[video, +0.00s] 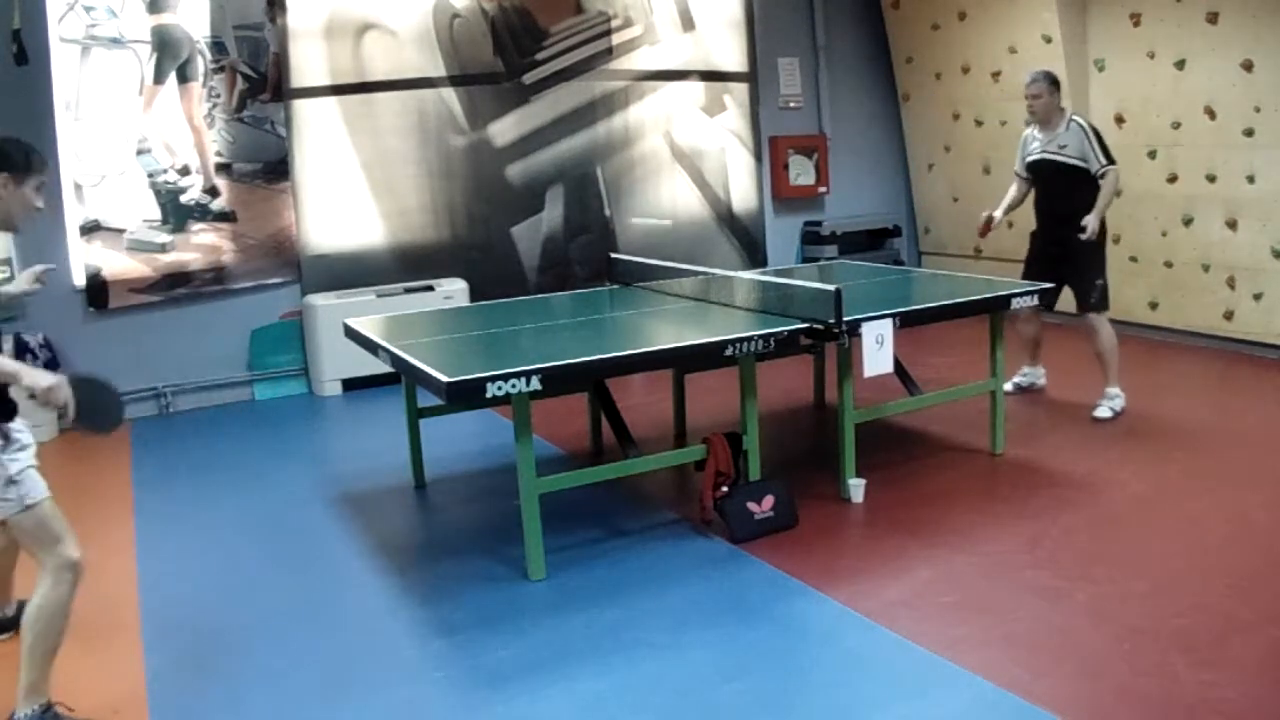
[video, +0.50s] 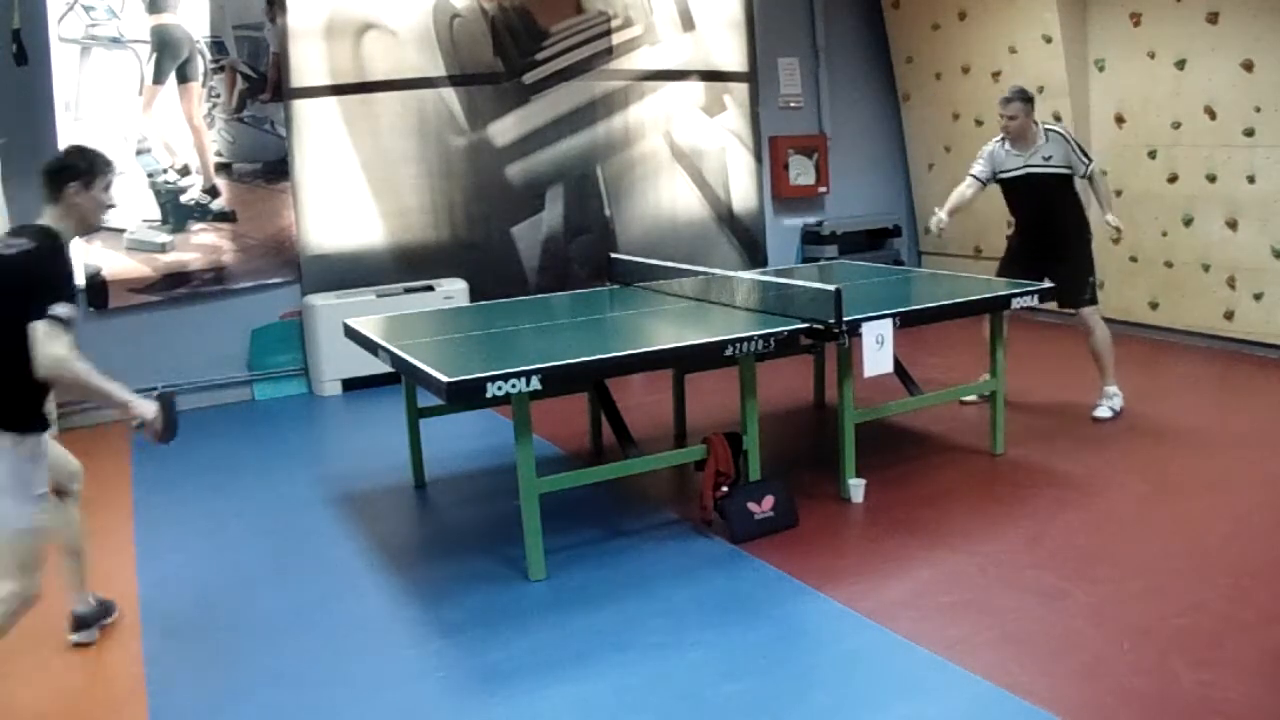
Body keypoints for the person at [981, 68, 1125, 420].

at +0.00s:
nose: (1030, 105)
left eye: (1036, 98)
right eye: (1027, 99)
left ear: (1056, 97)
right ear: (1026, 101)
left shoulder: (1081, 130)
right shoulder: (1030, 137)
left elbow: (1110, 176)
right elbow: (1021, 183)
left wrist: (1096, 214)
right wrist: (999, 212)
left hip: (1084, 238)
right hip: (1046, 237)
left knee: (1093, 315)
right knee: (1025, 308)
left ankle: (1113, 391)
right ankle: (1033, 370)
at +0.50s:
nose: (1004, 125)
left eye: (1011, 119)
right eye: (1001, 118)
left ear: (1030, 117)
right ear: (999, 117)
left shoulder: (1059, 139)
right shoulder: (994, 152)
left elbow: (1092, 173)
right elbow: (970, 185)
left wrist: (1107, 212)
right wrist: (945, 211)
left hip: (1070, 239)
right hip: (1026, 241)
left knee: (1087, 313)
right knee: (996, 305)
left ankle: (1111, 391)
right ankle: (993, 380)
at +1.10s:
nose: (1027, 104)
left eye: (1033, 97)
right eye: (1025, 98)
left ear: (1056, 98)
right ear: (1025, 101)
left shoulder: (1083, 131)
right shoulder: (1030, 135)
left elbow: (1113, 174)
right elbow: (1029, 181)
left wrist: (1113, 214)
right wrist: (1003, 210)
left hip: (1087, 239)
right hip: (1047, 238)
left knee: (1093, 319)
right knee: (1026, 309)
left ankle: (1108, 389)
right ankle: (1033, 380)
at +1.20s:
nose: (1025, 104)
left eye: (1031, 97)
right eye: (1023, 98)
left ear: (1053, 98)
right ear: (1023, 100)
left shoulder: (1079, 130)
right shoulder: (1027, 135)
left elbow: (1111, 176)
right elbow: (1023, 181)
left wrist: (1107, 216)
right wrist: (997, 209)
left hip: (1086, 238)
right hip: (1047, 238)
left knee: (1092, 318)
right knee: (1029, 309)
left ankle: (1111, 388)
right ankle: (1035, 380)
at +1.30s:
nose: (1024, 107)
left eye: (1031, 101)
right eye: (1022, 101)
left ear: (1052, 101)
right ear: (1021, 103)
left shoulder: (1079, 131)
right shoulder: (1022, 139)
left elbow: (1111, 178)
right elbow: (1014, 183)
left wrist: (1104, 216)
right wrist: (996, 218)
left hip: (1086, 238)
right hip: (1047, 238)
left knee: (1094, 316)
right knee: (1028, 309)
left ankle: (1119, 389)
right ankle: (1034, 380)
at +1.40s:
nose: (1026, 114)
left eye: (1033, 108)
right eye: (1023, 108)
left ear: (1053, 108)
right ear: (1021, 109)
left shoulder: (1082, 136)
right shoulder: (1020, 148)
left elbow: (1115, 174)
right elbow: (1012, 194)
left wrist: (1110, 215)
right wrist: (1009, 234)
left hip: (1088, 241)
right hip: (1049, 241)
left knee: (1097, 315)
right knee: (1026, 310)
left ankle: (1121, 400)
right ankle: (1033, 379)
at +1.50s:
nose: (1034, 125)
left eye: (1042, 118)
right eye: (1030, 118)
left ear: (1061, 118)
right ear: (1026, 120)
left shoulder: (1089, 144)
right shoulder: (1024, 160)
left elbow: (1120, 178)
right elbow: (1023, 206)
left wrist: (1122, 218)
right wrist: (1032, 244)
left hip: (1095, 246)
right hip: (1053, 248)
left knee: (1100, 316)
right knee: (1021, 313)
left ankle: (1118, 405)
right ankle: (1032, 380)